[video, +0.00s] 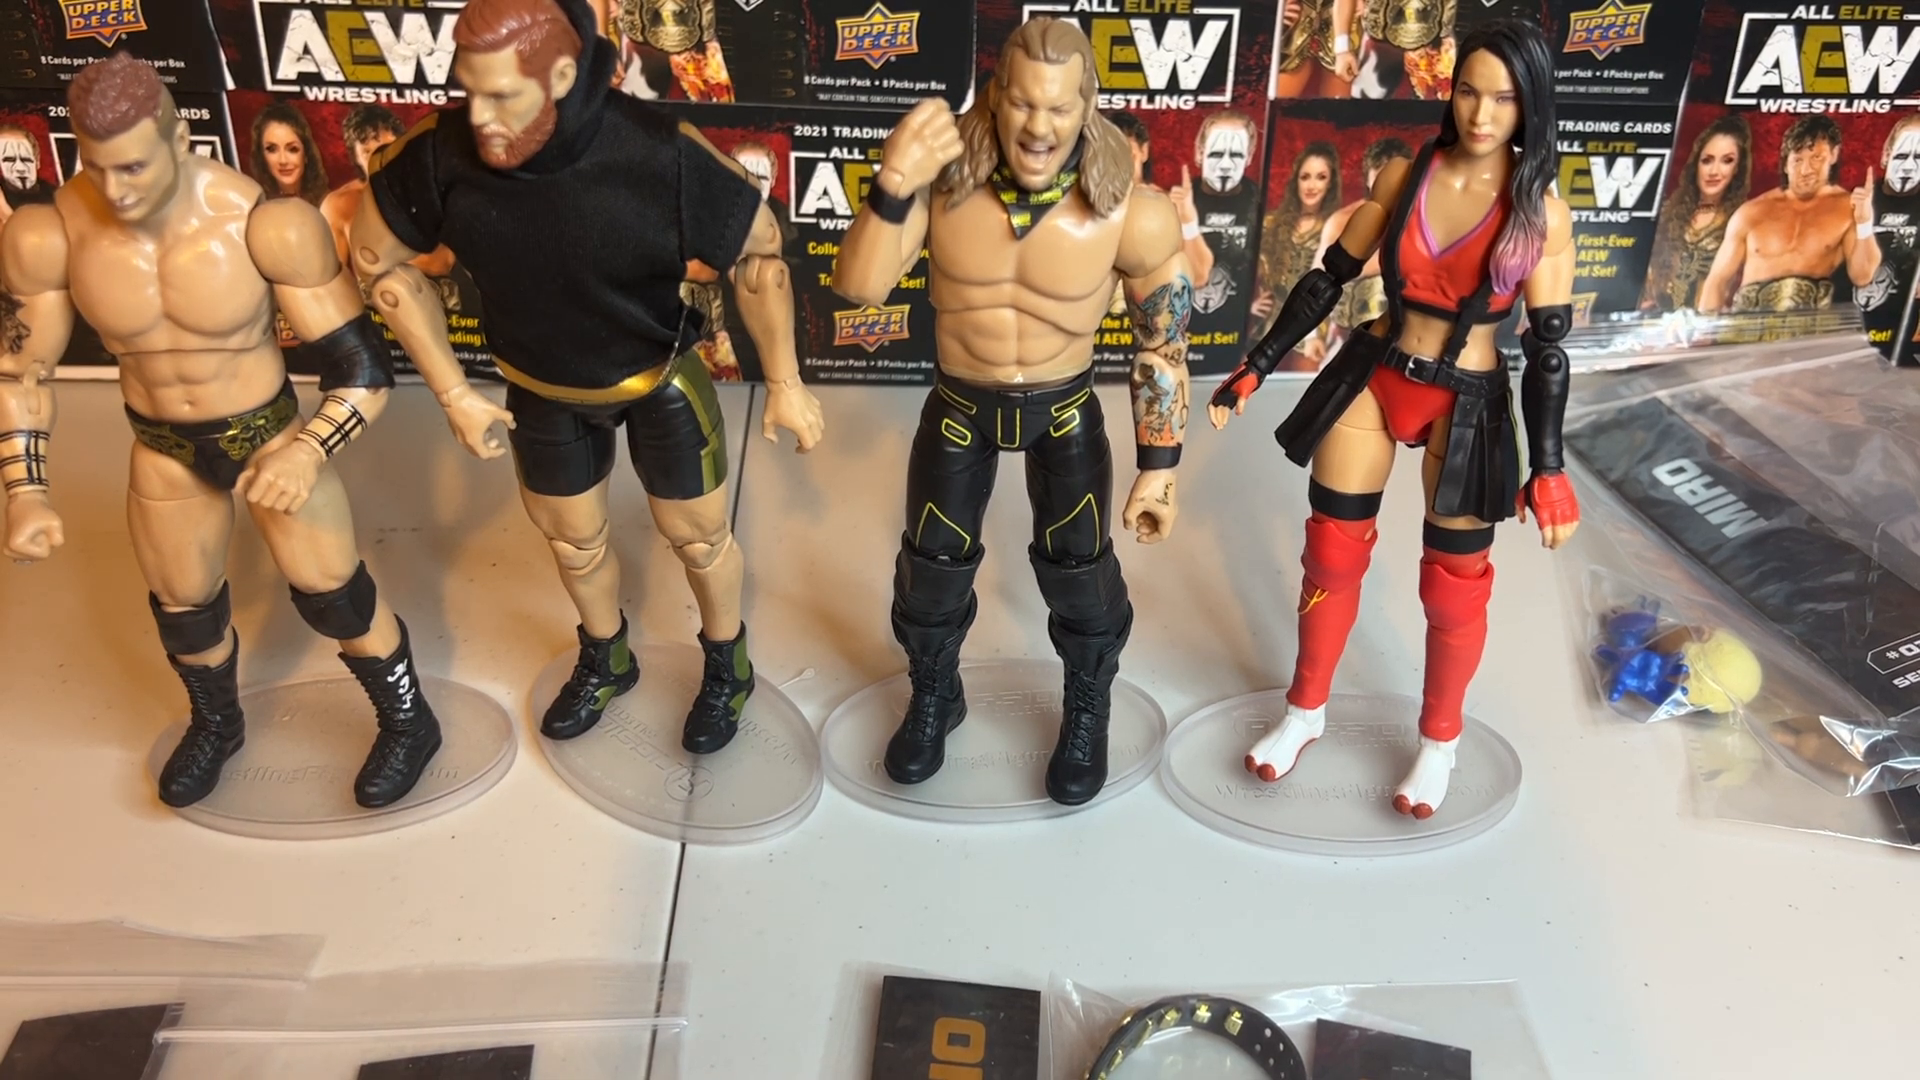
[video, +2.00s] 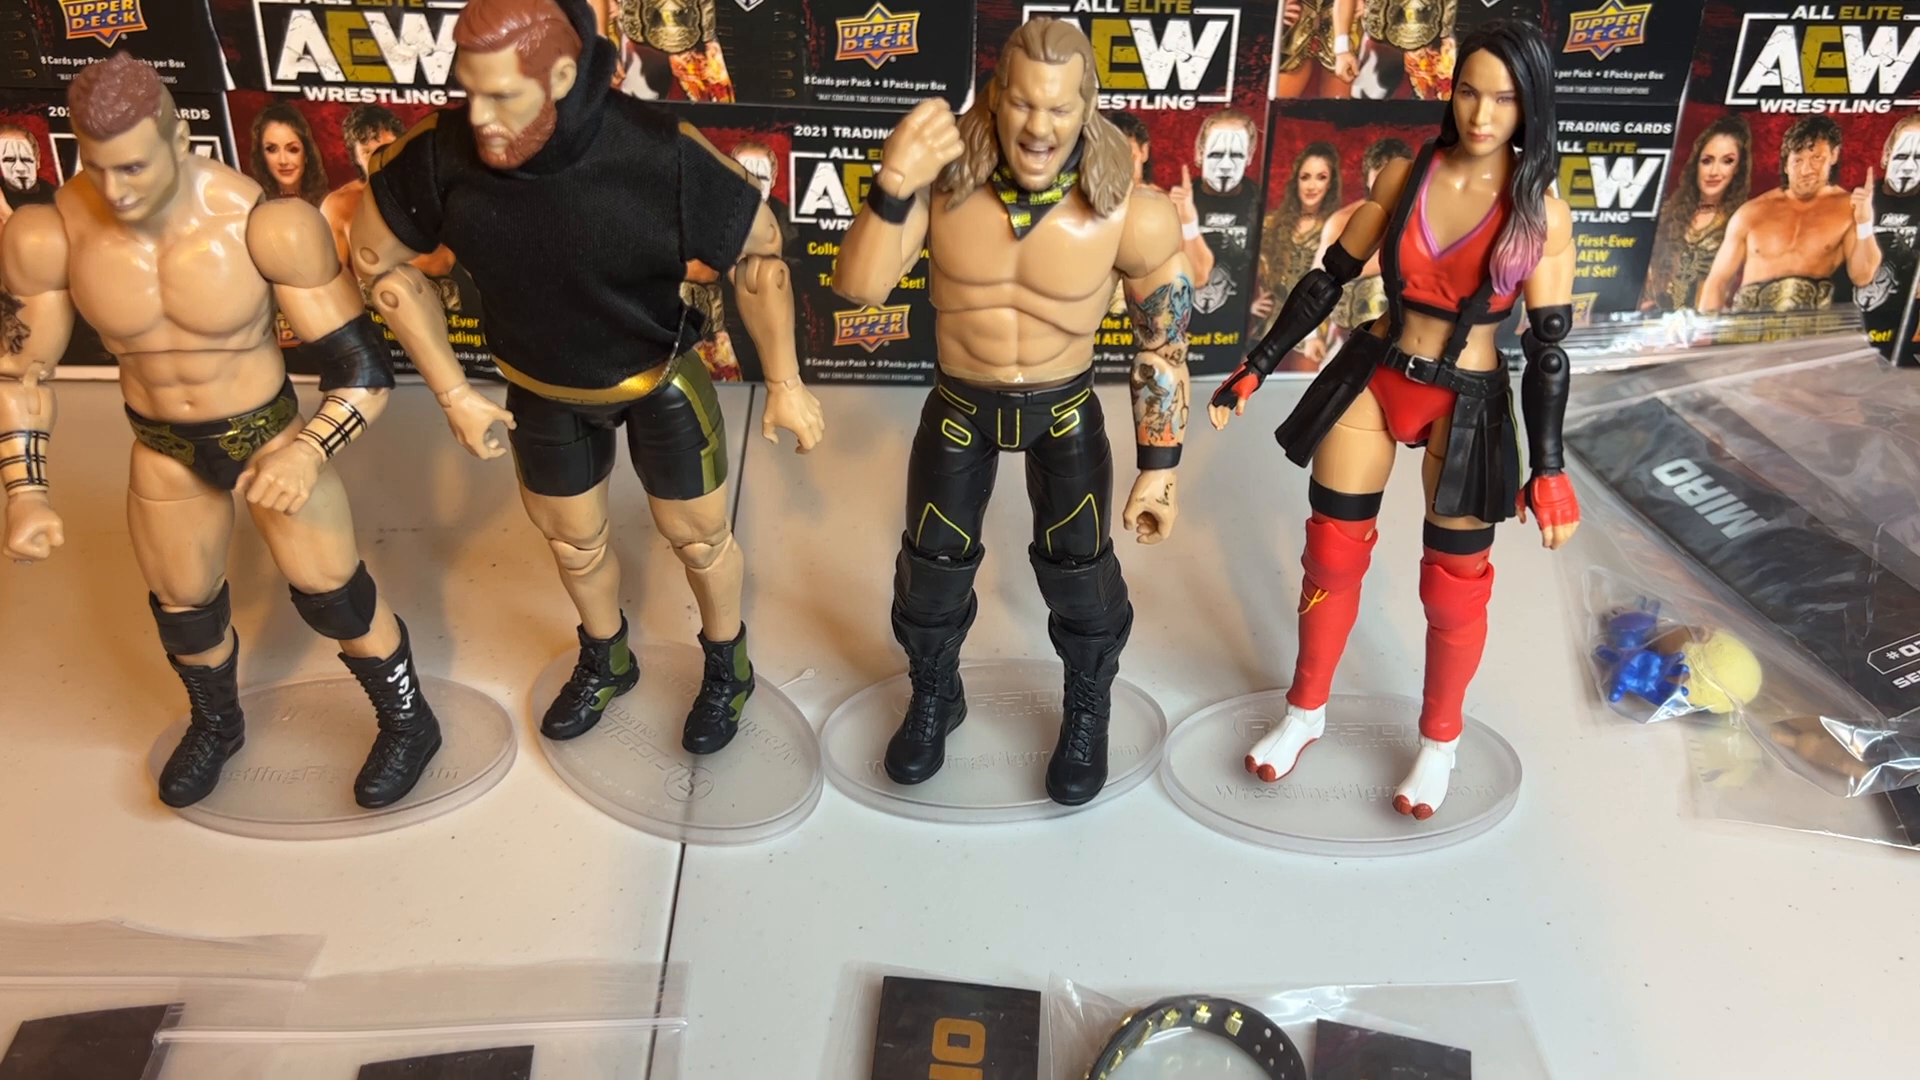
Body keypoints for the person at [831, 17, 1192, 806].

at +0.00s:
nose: (1039, 126)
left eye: (1060, 109)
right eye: (1024, 104)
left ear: (1086, 106)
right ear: (995, 95)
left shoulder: (1129, 208)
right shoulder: (943, 176)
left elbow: (1162, 337)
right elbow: (858, 287)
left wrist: (1161, 463)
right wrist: (892, 189)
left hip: (1064, 408)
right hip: (958, 403)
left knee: (1078, 568)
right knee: (933, 562)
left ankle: (1086, 712)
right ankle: (932, 698)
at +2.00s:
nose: (1039, 127)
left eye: (1060, 109)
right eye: (1024, 104)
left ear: (1086, 107)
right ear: (995, 95)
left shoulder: (1129, 207)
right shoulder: (944, 176)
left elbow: (1163, 338)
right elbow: (857, 287)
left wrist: (1161, 464)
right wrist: (892, 190)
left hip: (1064, 408)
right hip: (959, 403)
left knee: (1078, 568)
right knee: (932, 562)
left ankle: (1086, 714)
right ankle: (932, 699)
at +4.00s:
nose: (1040, 127)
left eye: (1060, 109)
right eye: (1024, 104)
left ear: (1087, 106)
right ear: (995, 94)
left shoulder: (1130, 208)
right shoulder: (944, 177)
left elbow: (1163, 339)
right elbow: (858, 287)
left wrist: (1161, 465)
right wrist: (892, 189)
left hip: (1064, 408)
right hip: (958, 403)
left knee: (1078, 569)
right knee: (933, 563)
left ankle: (1086, 713)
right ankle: (932, 699)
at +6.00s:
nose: (1040, 127)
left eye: (1060, 109)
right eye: (1024, 104)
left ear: (1087, 107)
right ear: (995, 95)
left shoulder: (1129, 208)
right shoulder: (944, 177)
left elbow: (1163, 339)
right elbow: (857, 287)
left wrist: (1161, 465)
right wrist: (892, 189)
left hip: (1064, 408)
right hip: (958, 403)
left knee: (1077, 569)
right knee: (932, 563)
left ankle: (1086, 712)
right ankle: (933, 699)